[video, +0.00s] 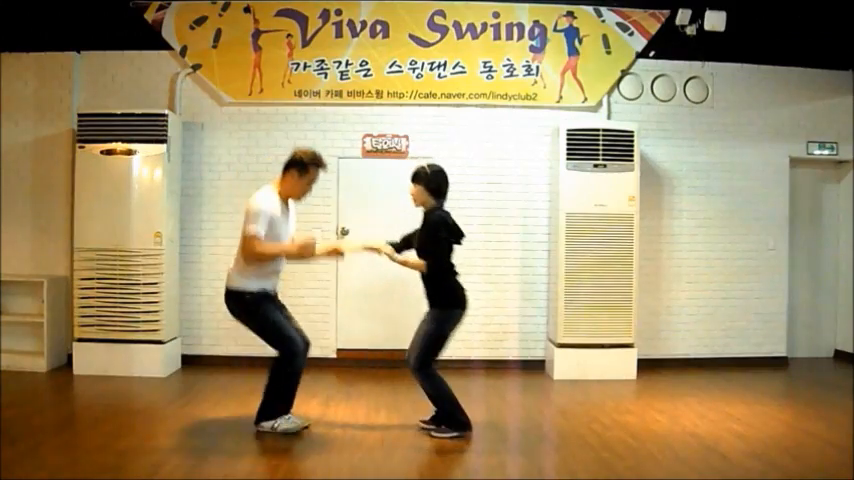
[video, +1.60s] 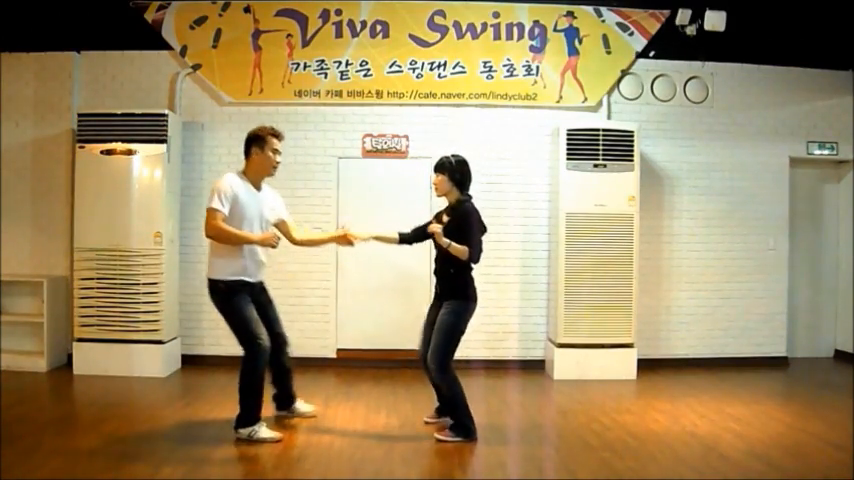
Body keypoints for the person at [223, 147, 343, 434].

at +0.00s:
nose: (310, 190)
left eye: (312, 184)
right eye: (309, 182)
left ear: (295, 176)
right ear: (292, 174)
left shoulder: (286, 205)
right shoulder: (262, 202)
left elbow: (286, 250)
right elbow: (251, 250)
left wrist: (322, 252)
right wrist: (292, 249)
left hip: (264, 293)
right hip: (244, 294)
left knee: (300, 344)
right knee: (293, 346)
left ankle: (277, 413)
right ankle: (269, 417)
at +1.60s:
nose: (278, 159)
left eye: (279, 154)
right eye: (274, 152)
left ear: (268, 157)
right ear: (253, 152)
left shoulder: (269, 196)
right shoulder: (227, 185)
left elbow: (296, 237)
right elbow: (212, 228)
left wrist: (335, 237)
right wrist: (256, 238)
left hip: (254, 283)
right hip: (226, 283)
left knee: (278, 342)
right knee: (258, 345)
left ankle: (285, 403)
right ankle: (247, 424)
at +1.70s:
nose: (268, 156)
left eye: (269, 150)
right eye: (264, 149)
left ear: (257, 153)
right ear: (243, 148)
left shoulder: (258, 191)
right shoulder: (218, 180)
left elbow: (286, 231)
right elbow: (206, 225)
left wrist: (325, 229)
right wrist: (251, 233)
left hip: (239, 278)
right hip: (213, 279)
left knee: (266, 336)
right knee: (248, 344)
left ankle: (249, 401)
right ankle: (246, 424)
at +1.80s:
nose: (255, 158)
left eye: (256, 152)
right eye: (250, 151)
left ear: (244, 154)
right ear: (230, 150)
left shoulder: (246, 193)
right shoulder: (208, 183)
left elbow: (270, 233)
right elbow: (202, 231)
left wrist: (311, 233)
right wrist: (248, 240)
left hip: (230, 280)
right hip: (207, 281)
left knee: (245, 345)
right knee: (244, 344)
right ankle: (247, 422)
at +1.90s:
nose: (244, 161)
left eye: (246, 155)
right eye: (240, 154)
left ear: (229, 156)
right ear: (219, 153)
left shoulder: (235, 195)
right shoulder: (196, 188)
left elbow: (255, 238)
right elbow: (196, 239)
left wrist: (295, 240)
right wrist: (241, 247)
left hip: (220, 283)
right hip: (199, 283)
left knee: (210, 350)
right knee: (236, 345)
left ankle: (158, 398)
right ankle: (247, 423)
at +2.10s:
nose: (233, 158)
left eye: (235, 152)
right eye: (229, 151)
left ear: (218, 152)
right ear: (209, 149)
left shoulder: (222, 190)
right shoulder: (183, 183)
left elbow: (232, 237)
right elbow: (181, 234)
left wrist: (266, 236)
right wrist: (227, 237)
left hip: (202, 277)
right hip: (179, 276)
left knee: (182, 346)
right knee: (214, 337)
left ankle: (148, 407)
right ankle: (216, 417)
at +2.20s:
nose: (232, 157)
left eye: (233, 151)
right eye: (228, 150)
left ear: (219, 151)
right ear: (208, 148)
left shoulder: (219, 190)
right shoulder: (182, 182)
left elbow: (223, 231)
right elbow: (179, 233)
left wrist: (254, 235)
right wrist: (223, 236)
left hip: (200, 277)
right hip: (177, 276)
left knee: (178, 346)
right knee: (206, 339)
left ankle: (148, 408)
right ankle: (181, 410)